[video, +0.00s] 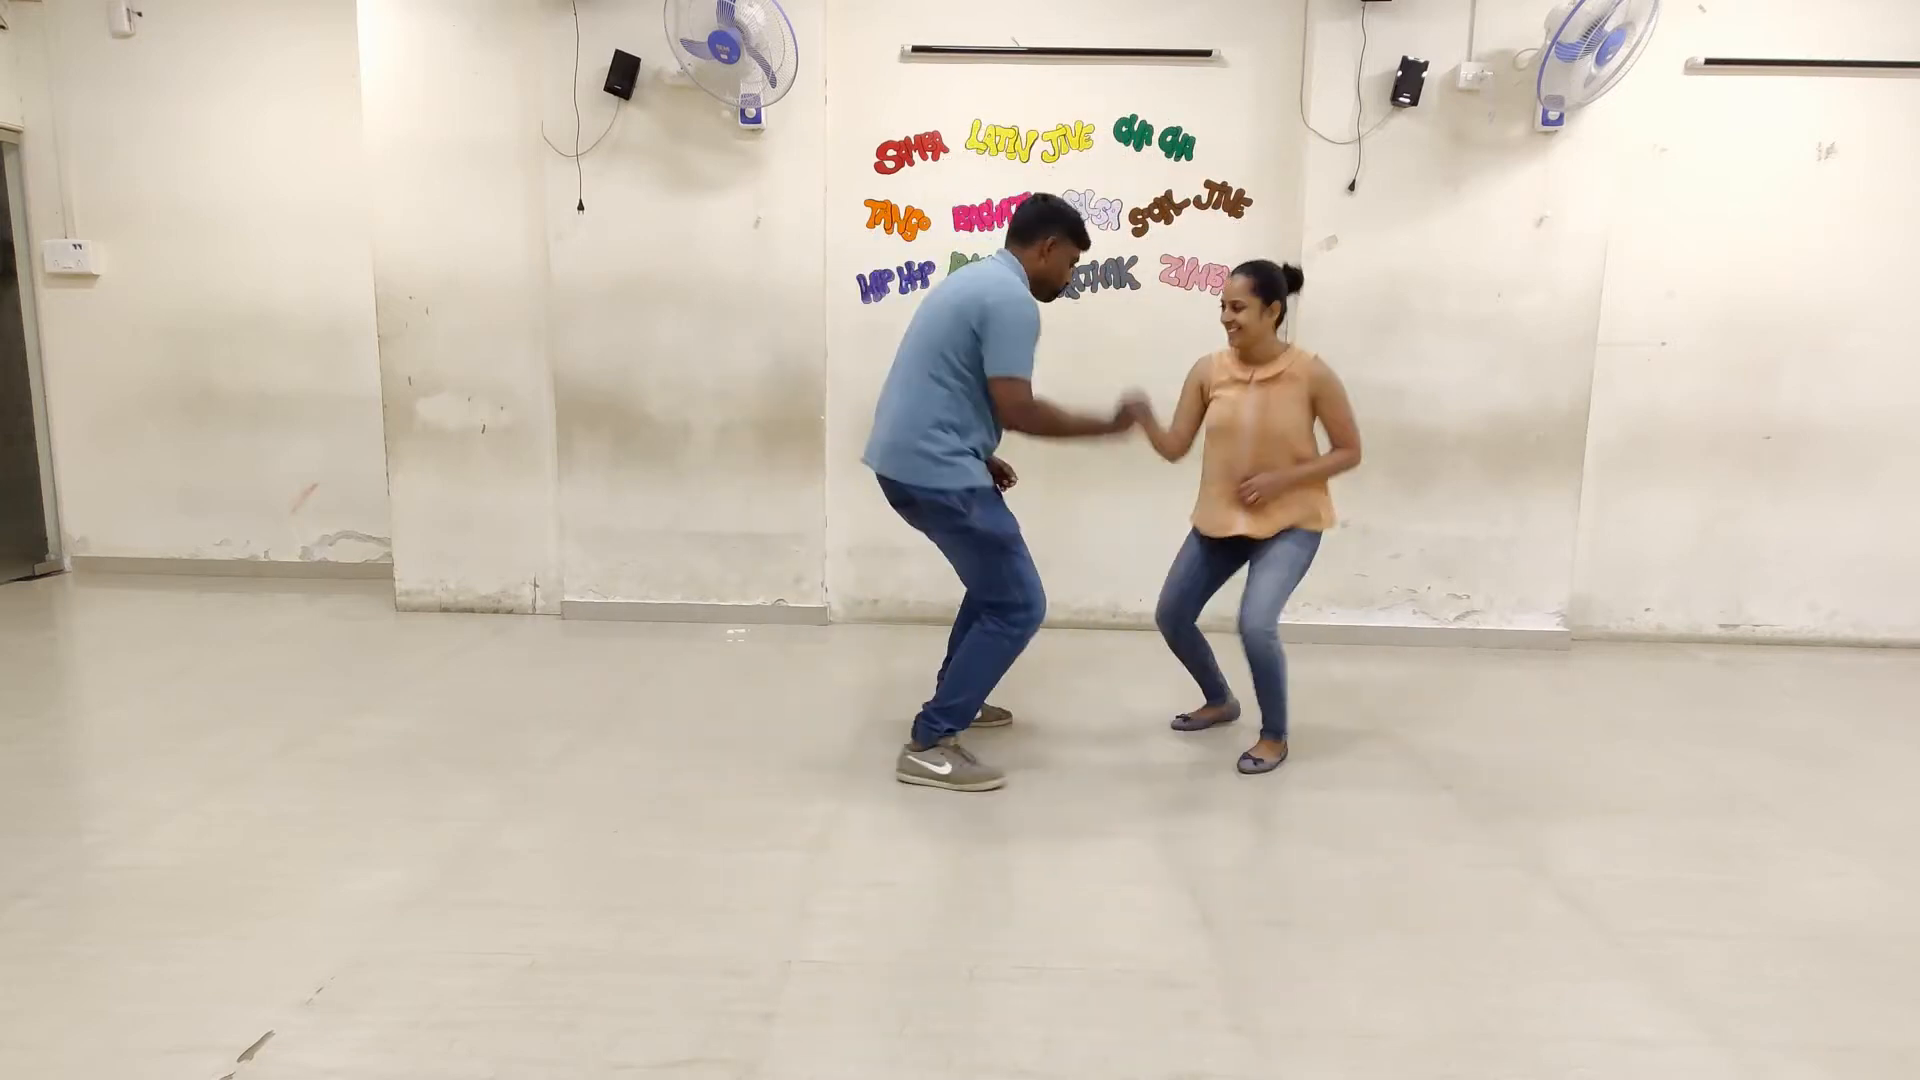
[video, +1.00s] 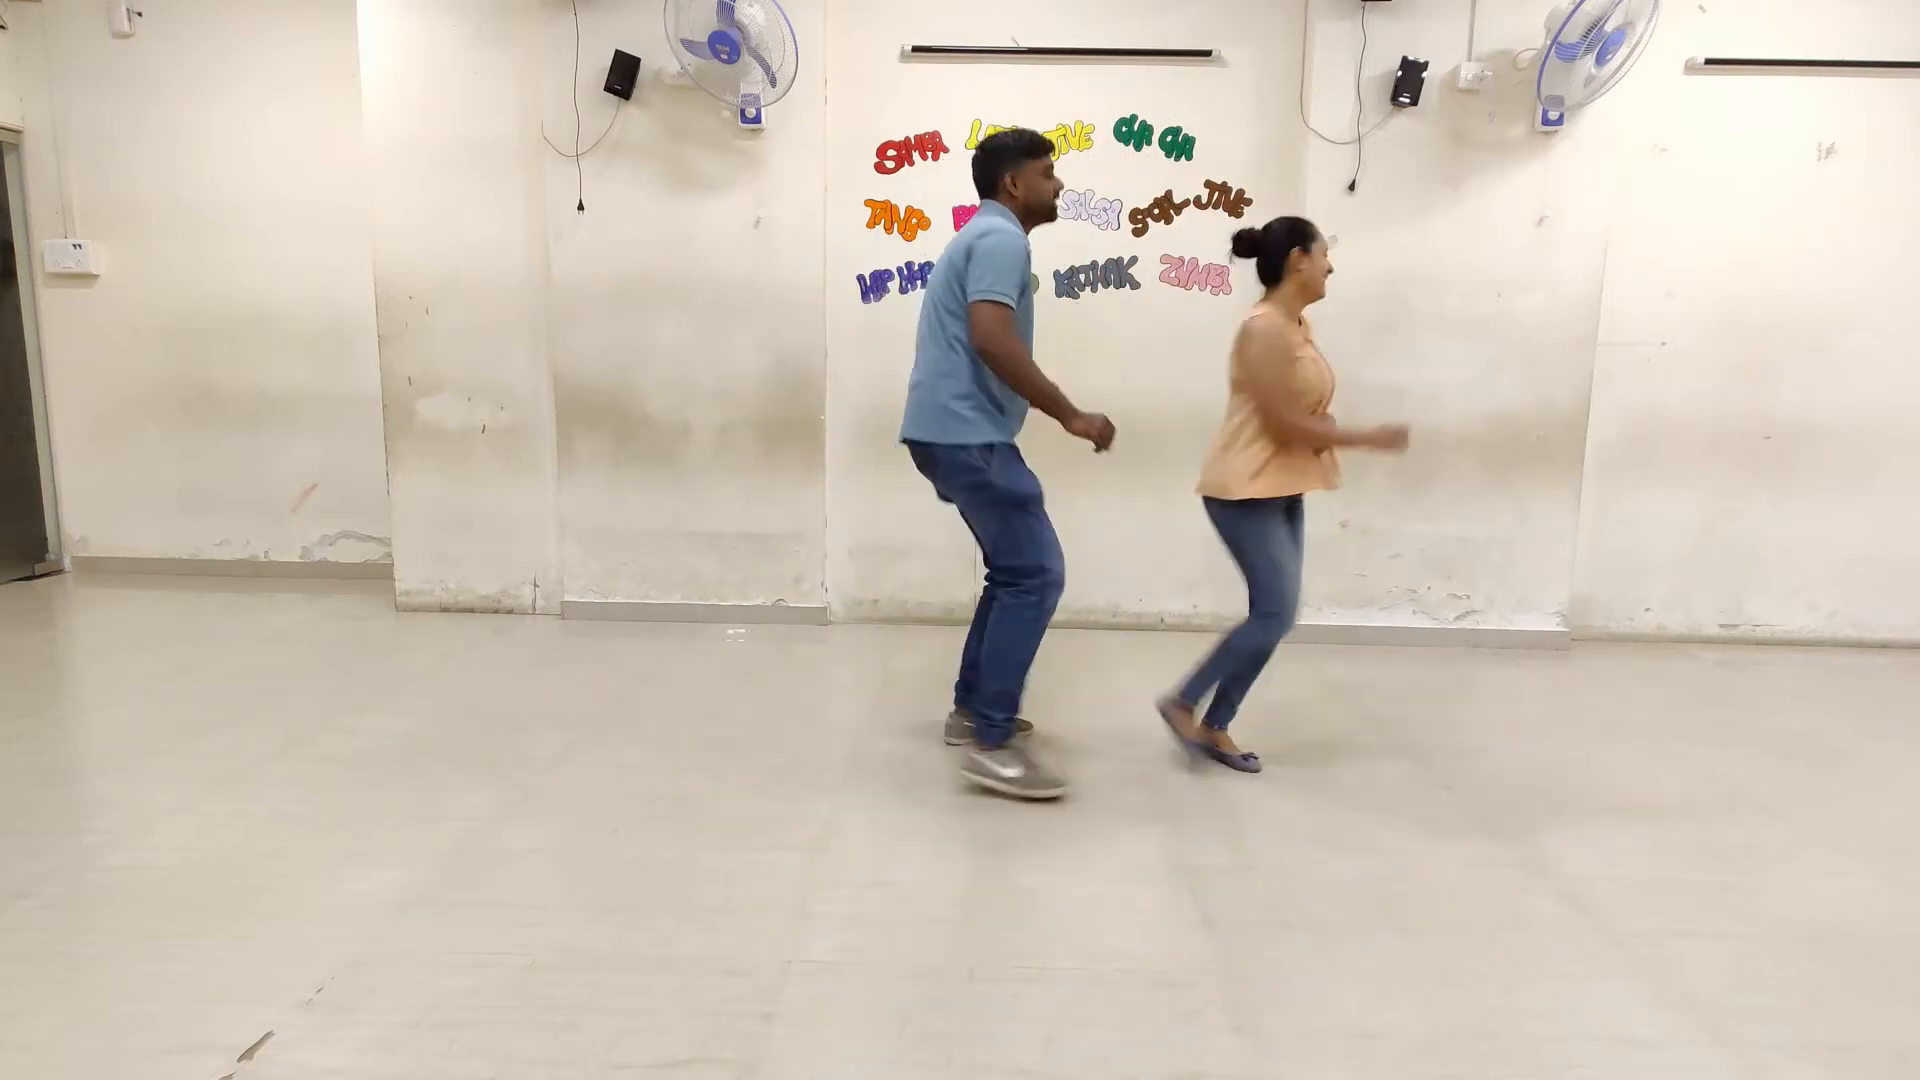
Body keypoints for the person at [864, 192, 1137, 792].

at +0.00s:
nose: (1071, 278)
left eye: (1075, 265)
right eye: (1071, 263)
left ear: (1027, 244)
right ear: (1045, 246)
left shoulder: (972, 280)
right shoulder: (1009, 297)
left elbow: (934, 383)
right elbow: (1014, 411)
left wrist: (979, 453)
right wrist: (1107, 424)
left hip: (908, 459)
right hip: (939, 467)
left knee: (992, 586)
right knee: (1019, 606)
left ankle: (954, 700)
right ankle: (933, 741)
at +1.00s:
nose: (1059, 184)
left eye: (1055, 172)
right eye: (1046, 173)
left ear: (1006, 184)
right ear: (1008, 183)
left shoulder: (982, 235)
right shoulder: (999, 237)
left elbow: (976, 343)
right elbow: (991, 338)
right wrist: (1071, 415)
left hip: (953, 430)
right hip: (966, 433)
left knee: (1013, 571)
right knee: (1036, 573)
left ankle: (975, 707)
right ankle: (990, 740)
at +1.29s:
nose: (1038, 169)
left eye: (1035, 160)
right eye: (1025, 161)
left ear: (1003, 176)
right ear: (986, 174)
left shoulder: (995, 244)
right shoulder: (966, 244)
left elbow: (985, 340)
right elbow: (994, 347)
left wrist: (1025, 372)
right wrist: (1088, 385)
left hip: (977, 431)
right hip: (942, 430)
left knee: (1023, 564)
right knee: (1000, 565)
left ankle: (974, 705)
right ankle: (984, 724)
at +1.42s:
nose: (1003, 172)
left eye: (1000, 162)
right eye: (987, 165)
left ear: (967, 183)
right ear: (952, 184)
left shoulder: (968, 248)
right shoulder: (945, 251)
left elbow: (974, 335)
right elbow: (1013, 340)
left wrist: (1011, 357)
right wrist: (1107, 372)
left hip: (971, 441)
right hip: (926, 442)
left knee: (1017, 566)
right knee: (967, 575)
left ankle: (974, 703)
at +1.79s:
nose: (941, 173)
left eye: (937, 163)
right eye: (928, 165)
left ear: (901, 181)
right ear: (894, 179)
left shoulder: (896, 233)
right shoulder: (889, 244)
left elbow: (932, 264)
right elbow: (970, 327)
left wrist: (964, 273)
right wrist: (1070, 350)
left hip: (890, 438)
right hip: (851, 442)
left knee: (938, 560)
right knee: (871, 578)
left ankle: (995, 691)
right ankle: (822, 692)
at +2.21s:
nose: (955, 184)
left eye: (954, 173)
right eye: (940, 177)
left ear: (956, 184)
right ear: (903, 195)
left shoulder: (960, 253)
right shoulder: (892, 258)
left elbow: (1017, 243)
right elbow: (913, 342)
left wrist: (1021, 243)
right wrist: (1011, 354)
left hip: (946, 450)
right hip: (880, 458)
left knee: (1015, 551)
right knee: (888, 593)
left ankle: (1023, 685)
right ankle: (817, 693)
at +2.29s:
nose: (971, 192)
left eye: (972, 183)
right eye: (955, 185)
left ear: (976, 193)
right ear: (921, 203)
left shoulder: (984, 262)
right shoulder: (910, 259)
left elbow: (1061, 256)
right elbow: (906, 320)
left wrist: (1043, 246)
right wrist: (1003, 346)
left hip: (967, 457)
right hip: (901, 463)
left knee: (1035, 556)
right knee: (899, 597)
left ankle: (1037, 689)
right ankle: (819, 693)